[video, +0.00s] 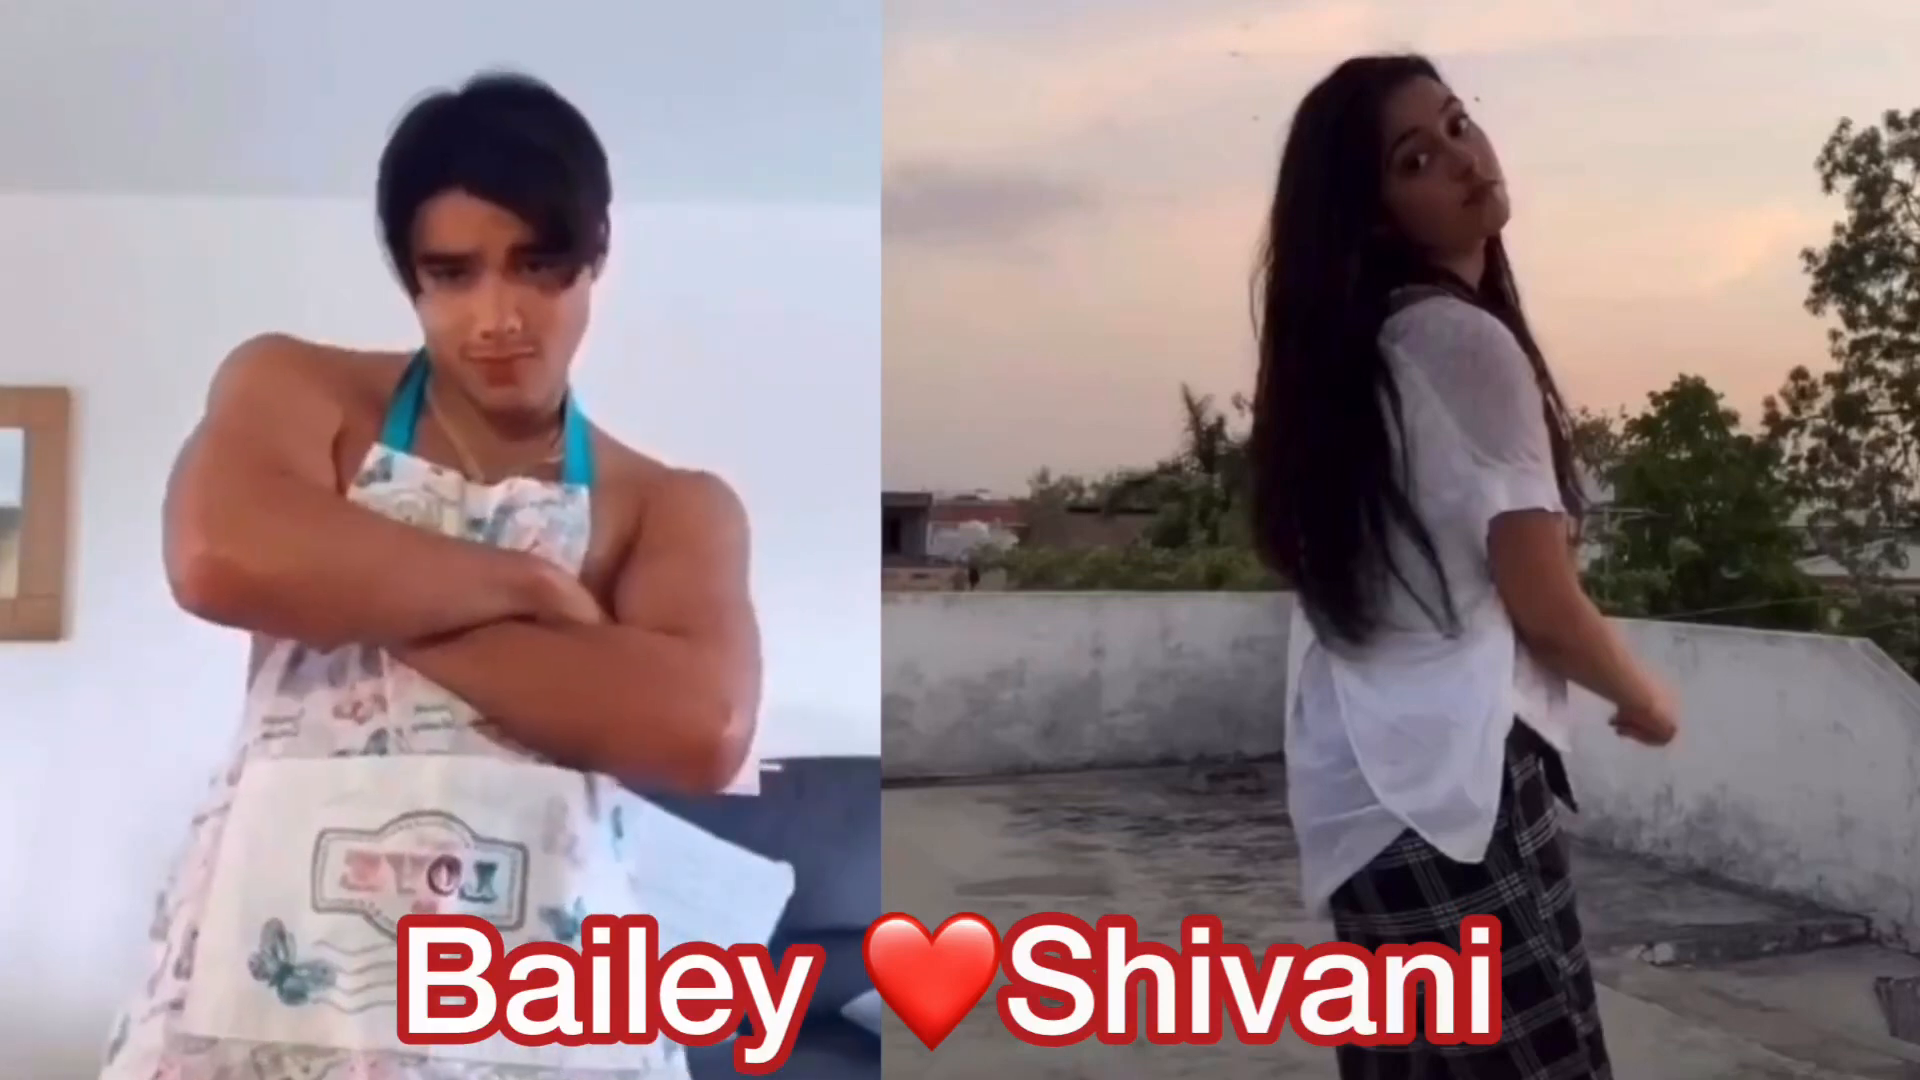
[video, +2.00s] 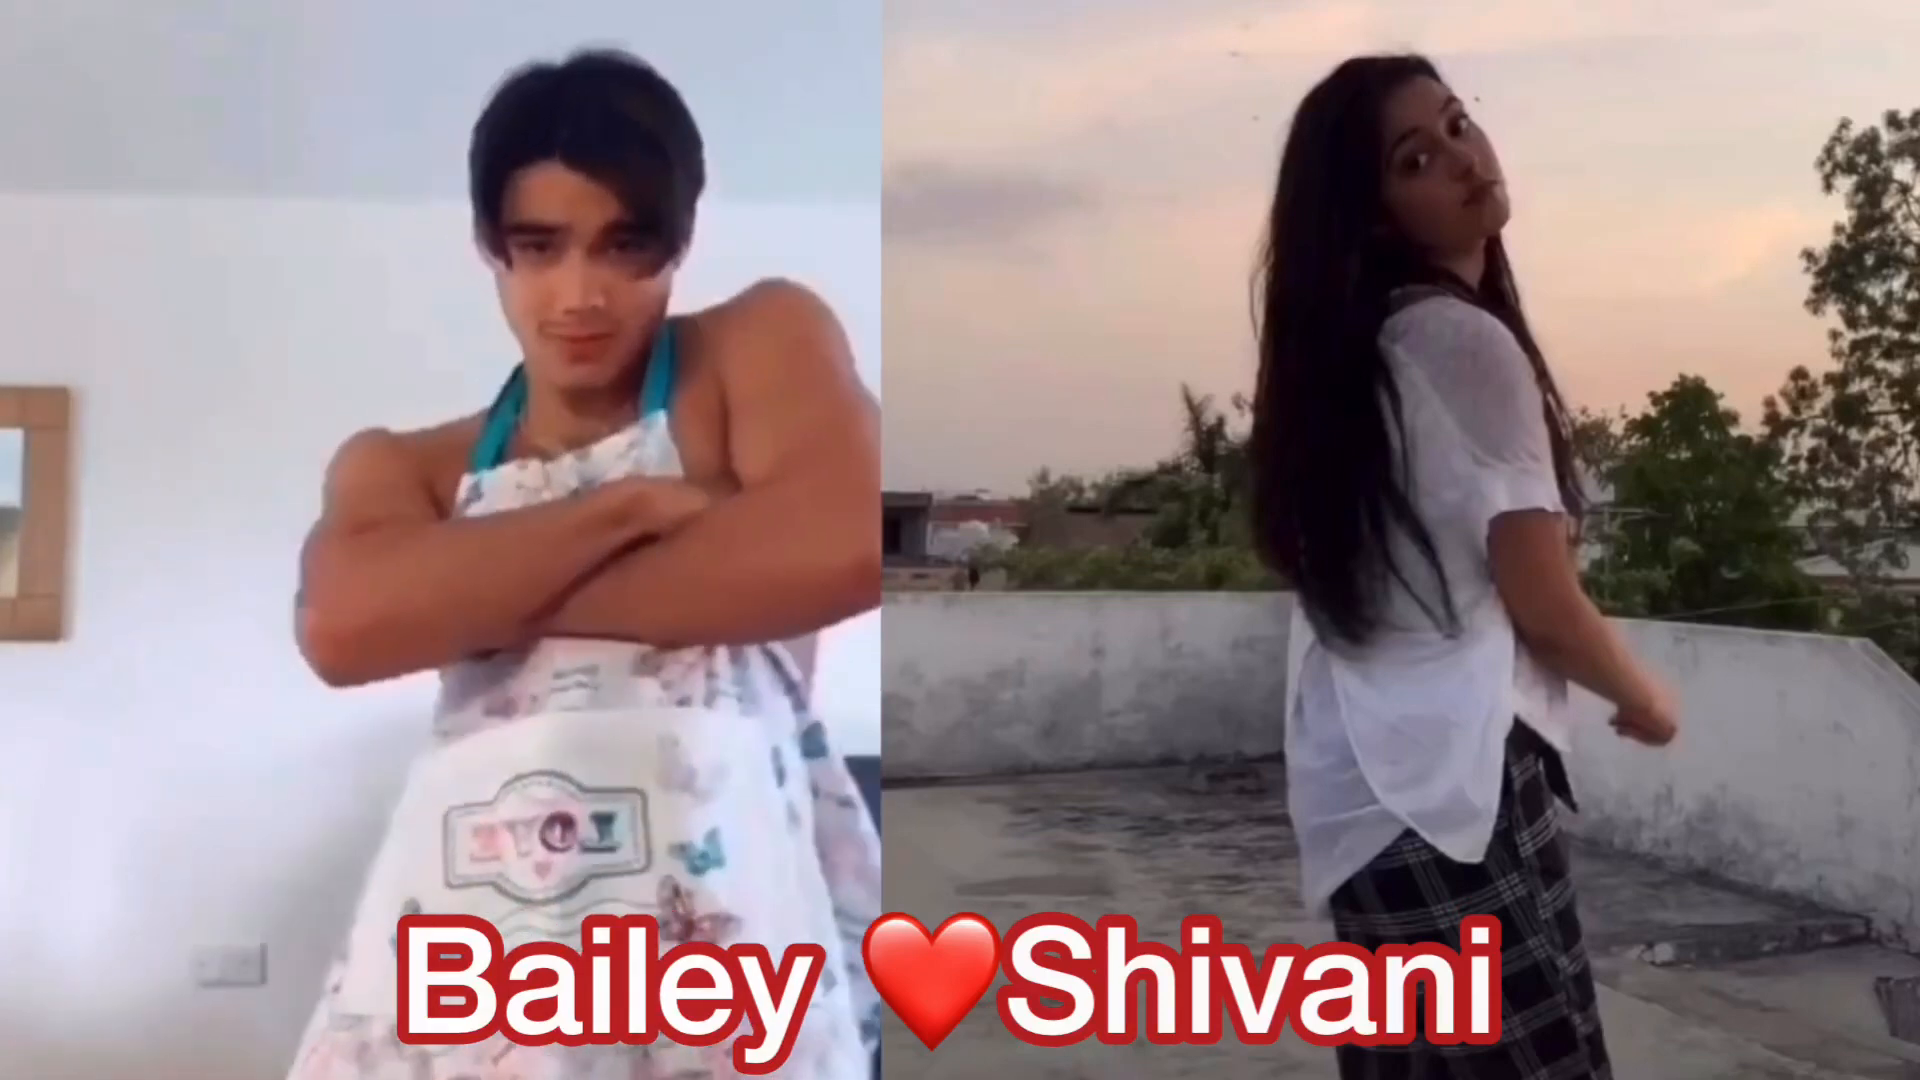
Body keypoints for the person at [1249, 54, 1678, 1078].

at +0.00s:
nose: (1467, 158)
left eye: (1459, 125)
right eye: (1418, 158)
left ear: (1480, 128)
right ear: (1370, 209)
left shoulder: (1352, 333)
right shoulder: (1464, 339)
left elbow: (1393, 567)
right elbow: (1545, 604)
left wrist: (1546, 666)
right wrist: (1643, 697)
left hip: (1362, 784)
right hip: (1451, 790)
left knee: (1397, 1056)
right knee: (1544, 1056)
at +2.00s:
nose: (1467, 158)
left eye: (1459, 125)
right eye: (1418, 158)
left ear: (1480, 128)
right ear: (1370, 210)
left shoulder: (1352, 333)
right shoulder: (1464, 339)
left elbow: (1393, 566)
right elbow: (1545, 603)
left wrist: (1546, 665)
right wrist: (1642, 697)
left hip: (1362, 783)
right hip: (1451, 789)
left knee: (1397, 1056)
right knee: (1544, 1055)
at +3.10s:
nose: (1467, 158)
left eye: (1459, 125)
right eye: (1418, 158)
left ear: (1479, 129)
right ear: (1370, 209)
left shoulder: (1353, 333)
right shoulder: (1464, 339)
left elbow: (1393, 566)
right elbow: (1545, 603)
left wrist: (1546, 665)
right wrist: (1642, 697)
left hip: (1362, 783)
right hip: (1451, 789)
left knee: (1397, 1056)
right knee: (1544, 1055)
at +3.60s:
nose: (1467, 158)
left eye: (1459, 125)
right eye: (1418, 158)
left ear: (1479, 128)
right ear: (1370, 210)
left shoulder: (1353, 333)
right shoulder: (1464, 339)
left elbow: (1393, 566)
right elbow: (1545, 603)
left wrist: (1546, 665)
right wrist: (1642, 697)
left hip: (1362, 783)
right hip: (1451, 789)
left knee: (1397, 1056)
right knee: (1544, 1055)